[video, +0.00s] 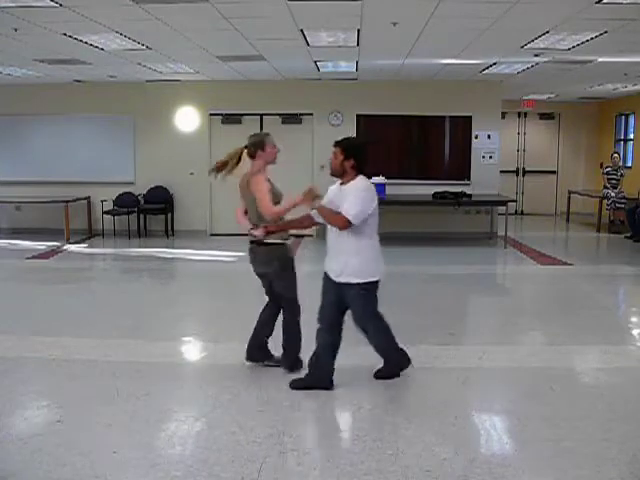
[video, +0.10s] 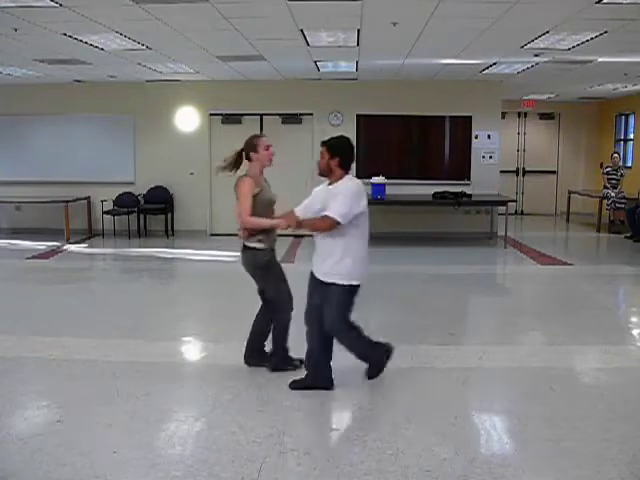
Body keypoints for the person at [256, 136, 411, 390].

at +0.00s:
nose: (330, 161)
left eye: (334, 156)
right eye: (331, 156)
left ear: (349, 161)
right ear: (345, 161)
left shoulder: (363, 188)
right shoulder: (335, 190)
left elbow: (343, 222)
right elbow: (311, 220)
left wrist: (317, 205)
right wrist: (276, 227)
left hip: (360, 273)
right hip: (335, 272)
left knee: (367, 321)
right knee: (328, 326)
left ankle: (396, 359)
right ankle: (320, 376)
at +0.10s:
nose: (319, 160)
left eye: (323, 156)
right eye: (320, 155)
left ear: (336, 160)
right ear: (336, 161)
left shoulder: (351, 188)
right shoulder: (324, 190)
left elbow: (328, 223)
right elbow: (297, 214)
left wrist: (300, 224)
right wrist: (264, 225)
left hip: (345, 272)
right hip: (322, 270)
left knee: (335, 323)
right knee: (315, 323)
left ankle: (376, 354)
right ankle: (318, 376)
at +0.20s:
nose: (307, 160)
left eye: (310, 156)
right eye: (308, 155)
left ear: (322, 160)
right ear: (322, 161)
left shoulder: (340, 187)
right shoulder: (312, 189)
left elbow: (303, 217)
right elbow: (283, 209)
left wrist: (275, 217)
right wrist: (261, 214)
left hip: (333, 271)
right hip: (312, 269)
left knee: (313, 324)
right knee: (308, 323)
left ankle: (345, 368)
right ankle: (317, 375)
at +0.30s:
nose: (296, 161)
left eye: (299, 156)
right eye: (298, 156)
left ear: (309, 161)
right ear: (318, 162)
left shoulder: (322, 188)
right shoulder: (319, 187)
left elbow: (280, 204)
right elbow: (280, 210)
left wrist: (245, 207)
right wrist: (248, 220)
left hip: (316, 274)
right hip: (313, 272)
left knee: (294, 326)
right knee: (304, 320)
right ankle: (320, 376)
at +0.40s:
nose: (285, 162)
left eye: (287, 157)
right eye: (286, 157)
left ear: (296, 160)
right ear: (310, 162)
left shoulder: (306, 187)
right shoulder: (306, 187)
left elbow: (262, 195)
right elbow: (268, 212)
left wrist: (239, 191)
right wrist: (237, 223)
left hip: (302, 277)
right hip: (306, 275)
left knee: (286, 336)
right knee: (301, 329)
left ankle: (275, 399)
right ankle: (318, 375)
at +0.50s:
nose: (272, 161)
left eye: (274, 157)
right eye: (274, 157)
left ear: (280, 161)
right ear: (302, 161)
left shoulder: (289, 187)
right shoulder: (303, 187)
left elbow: (242, 189)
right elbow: (265, 213)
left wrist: (232, 177)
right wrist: (234, 224)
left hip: (285, 279)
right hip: (296, 277)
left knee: (275, 337)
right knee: (284, 330)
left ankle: (274, 401)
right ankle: (310, 370)